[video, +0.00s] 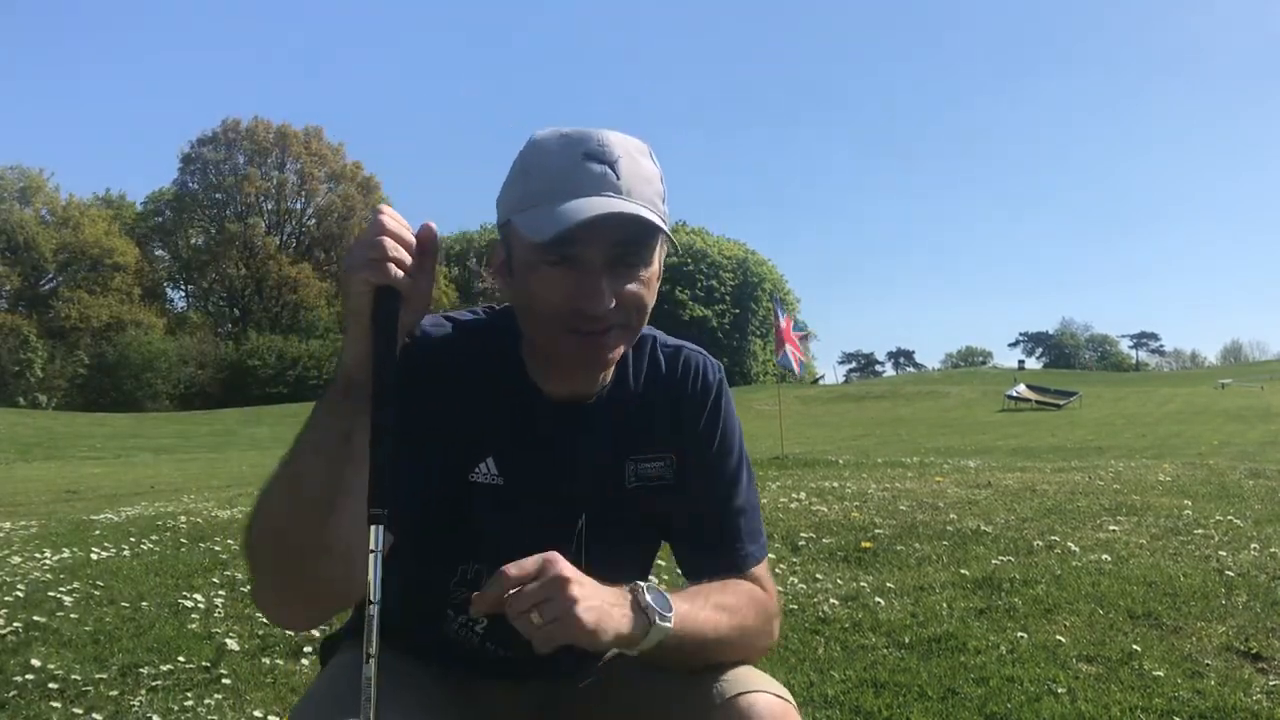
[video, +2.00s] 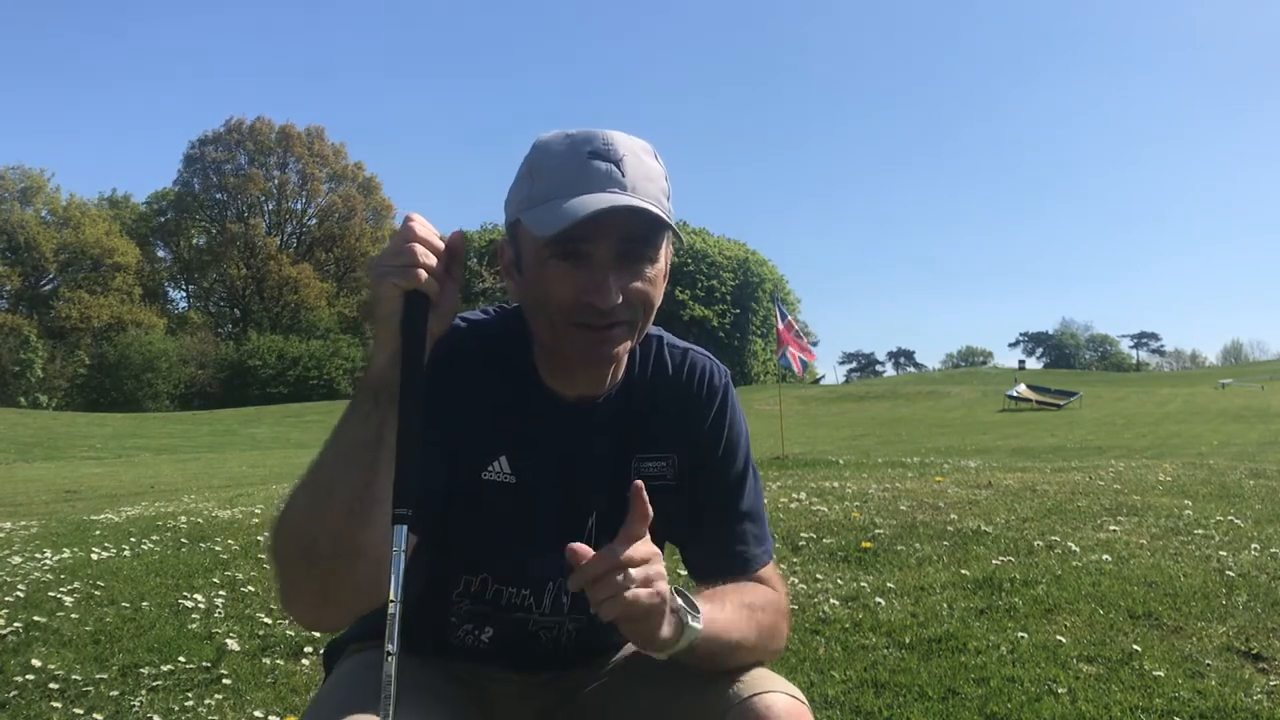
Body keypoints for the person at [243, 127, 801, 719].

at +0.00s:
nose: (600, 298)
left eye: (627, 262)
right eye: (564, 260)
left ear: (659, 270)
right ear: (502, 265)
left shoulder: (685, 385)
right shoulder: (422, 363)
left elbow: (753, 613)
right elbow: (290, 600)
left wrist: (630, 610)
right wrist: (362, 361)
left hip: (606, 663)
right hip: (426, 665)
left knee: (764, 710)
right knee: (336, 706)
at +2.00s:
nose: (607, 292)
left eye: (636, 254)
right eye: (570, 253)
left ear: (666, 268)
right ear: (509, 263)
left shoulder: (693, 388)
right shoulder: (441, 367)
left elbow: (763, 613)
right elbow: (316, 602)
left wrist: (676, 618)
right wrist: (388, 365)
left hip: (609, 668)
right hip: (435, 668)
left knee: (776, 709)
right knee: (351, 710)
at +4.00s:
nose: (596, 289)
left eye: (626, 254)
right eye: (564, 253)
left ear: (663, 275)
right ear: (510, 263)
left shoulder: (689, 390)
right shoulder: (437, 369)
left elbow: (765, 607)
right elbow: (303, 606)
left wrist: (668, 647)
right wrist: (377, 367)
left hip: (612, 670)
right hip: (432, 669)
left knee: (778, 711)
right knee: (346, 715)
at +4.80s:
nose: (610, 316)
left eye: (638, 281)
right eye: (578, 279)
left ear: (668, 278)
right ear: (514, 269)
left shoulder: (692, 392)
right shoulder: (435, 370)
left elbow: (752, 587)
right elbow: (312, 607)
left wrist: (748, 624)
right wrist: (379, 368)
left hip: (606, 672)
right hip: (433, 673)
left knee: (780, 711)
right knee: (352, 715)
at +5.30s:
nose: (600, 295)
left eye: (628, 259)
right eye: (569, 257)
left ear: (659, 261)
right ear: (505, 254)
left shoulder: (683, 379)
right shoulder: (433, 364)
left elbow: (789, 617)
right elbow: (314, 608)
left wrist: (808, 558)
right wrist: (379, 369)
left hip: (606, 665)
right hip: (434, 672)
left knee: (782, 708)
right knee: (371, 712)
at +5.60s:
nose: (584, 268)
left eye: (614, 234)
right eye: (552, 231)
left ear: (650, 253)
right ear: (500, 244)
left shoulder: (682, 376)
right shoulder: (432, 362)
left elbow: (839, 584)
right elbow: (309, 607)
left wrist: (832, 532)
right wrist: (376, 364)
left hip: (605, 665)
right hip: (431, 672)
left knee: (780, 707)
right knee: (368, 713)